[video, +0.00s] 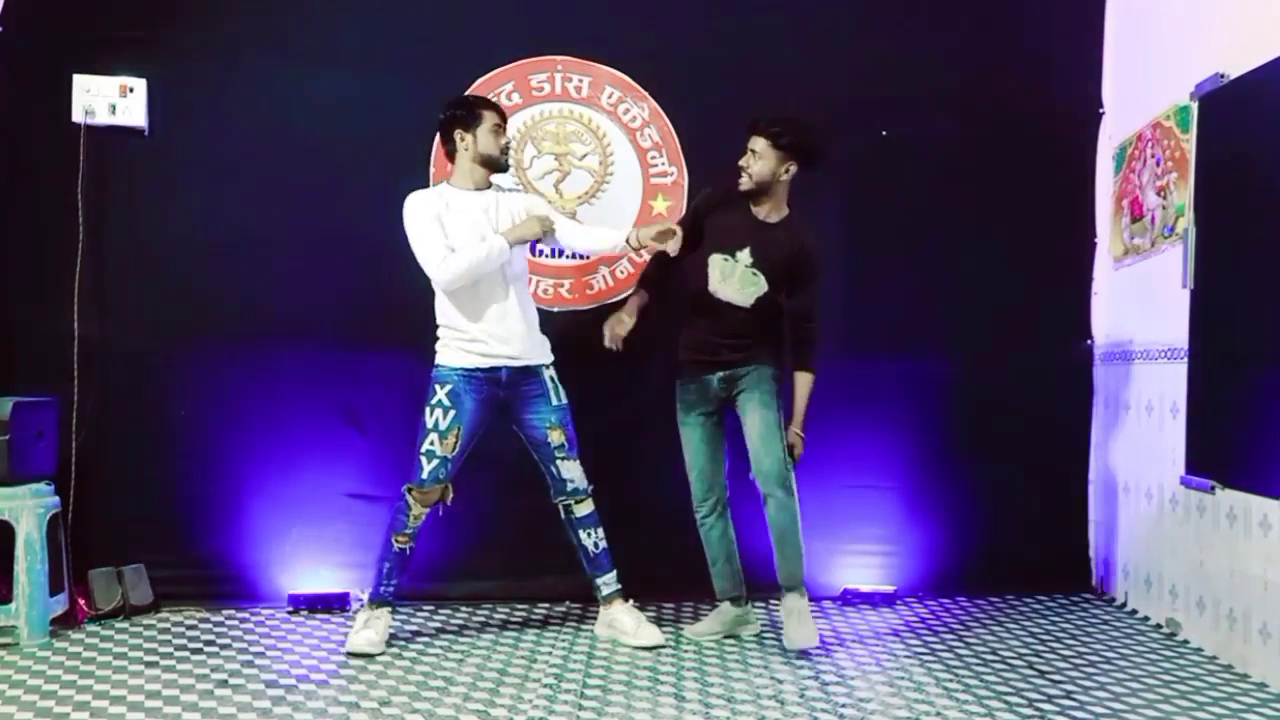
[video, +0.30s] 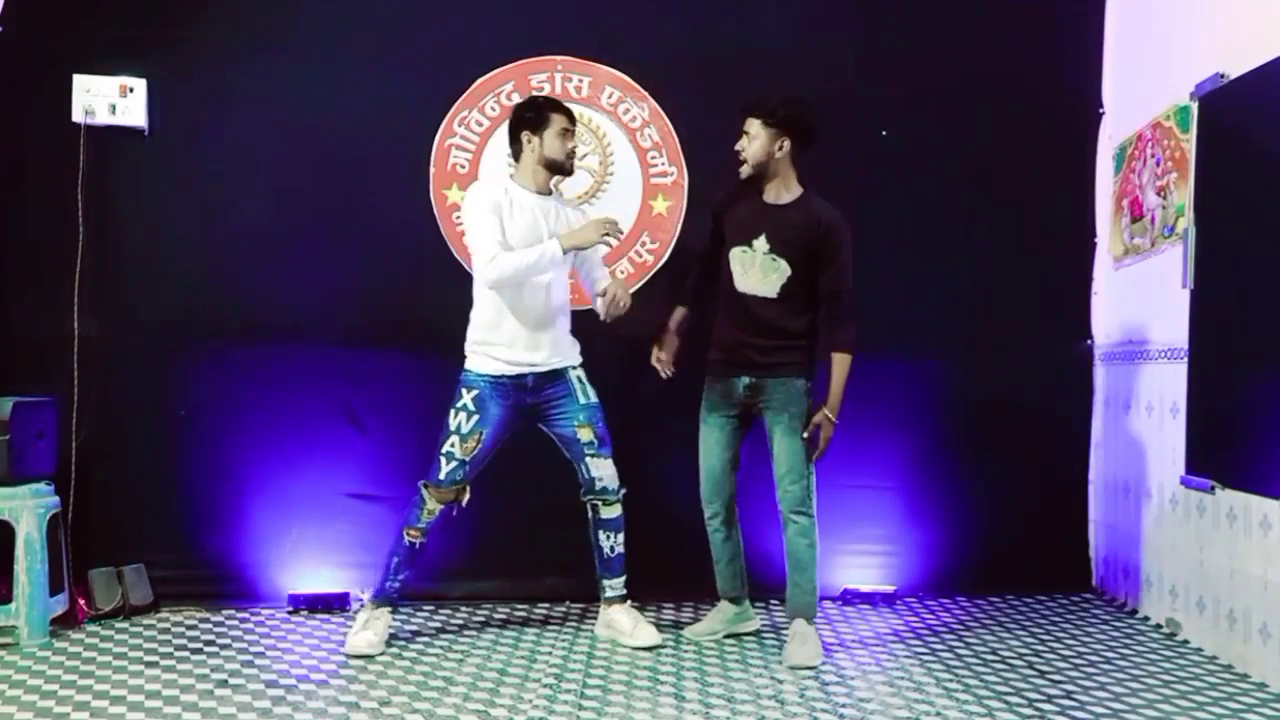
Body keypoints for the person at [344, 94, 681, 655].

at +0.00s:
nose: (506, 141)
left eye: (505, 131)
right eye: (496, 131)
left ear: (477, 140)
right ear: (460, 138)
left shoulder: (515, 199)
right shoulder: (423, 204)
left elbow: (570, 234)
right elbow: (446, 273)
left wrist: (632, 238)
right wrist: (513, 237)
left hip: (531, 365)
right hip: (462, 368)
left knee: (572, 481)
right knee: (425, 485)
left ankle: (613, 604)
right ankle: (378, 607)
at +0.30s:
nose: (573, 145)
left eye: (573, 136)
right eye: (564, 135)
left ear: (554, 142)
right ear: (529, 138)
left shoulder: (574, 210)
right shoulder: (486, 198)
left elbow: (596, 286)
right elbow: (490, 270)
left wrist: (612, 295)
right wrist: (569, 242)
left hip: (561, 370)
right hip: (492, 371)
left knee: (604, 480)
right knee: (442, 486)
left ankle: (615, 606)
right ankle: (380, 607)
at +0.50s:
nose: (617, 133)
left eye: (618, 125)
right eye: (607, 123)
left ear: (591, 133)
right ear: (571, 128)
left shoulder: (614, 207)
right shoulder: (525, 188)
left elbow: (624, 272)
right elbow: (483, 262)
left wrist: (634, 308)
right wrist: (556, 273)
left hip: (598, 362)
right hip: (532, 360)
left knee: (613, 481)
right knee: (493, 479)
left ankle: (616, 605)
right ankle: (445, 603)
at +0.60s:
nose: (622, 128)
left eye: (624, 120)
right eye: (614, 118)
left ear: (607, 127)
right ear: (578, 121)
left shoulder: (621, 198)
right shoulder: (534, 182)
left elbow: (629, 261)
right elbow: (479, 251)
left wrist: (636, 299)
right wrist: (545, 281)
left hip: (605, 357)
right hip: (540, 359)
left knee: (612, 478)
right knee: (518, 479)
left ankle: (616, 604)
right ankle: (480, 604)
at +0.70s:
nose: (627, 123)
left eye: (628, 115)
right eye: (618, 113)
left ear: (610, 121)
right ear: (582, 116)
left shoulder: (624, 190)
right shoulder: (537, 175)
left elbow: (644, 256)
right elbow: (476, 239)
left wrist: (633, 284)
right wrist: (527, 283)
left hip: (610, 350)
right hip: (550, 351)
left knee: (611, 476)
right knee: (549, 478)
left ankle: (615, 603)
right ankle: (518, 612)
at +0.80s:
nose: (628, 122)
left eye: (629, 112)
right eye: (619, 110)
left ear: (606, 117)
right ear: (583, 113)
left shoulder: (626, 185)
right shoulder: (536, 175)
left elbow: (646, 243)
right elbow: (468, 226)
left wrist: (630, 269)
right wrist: (513, 277)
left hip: (617, 350)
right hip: (557, 350)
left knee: (612, 477)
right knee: (545, 480)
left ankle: (614, 603)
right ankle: (516, 612)